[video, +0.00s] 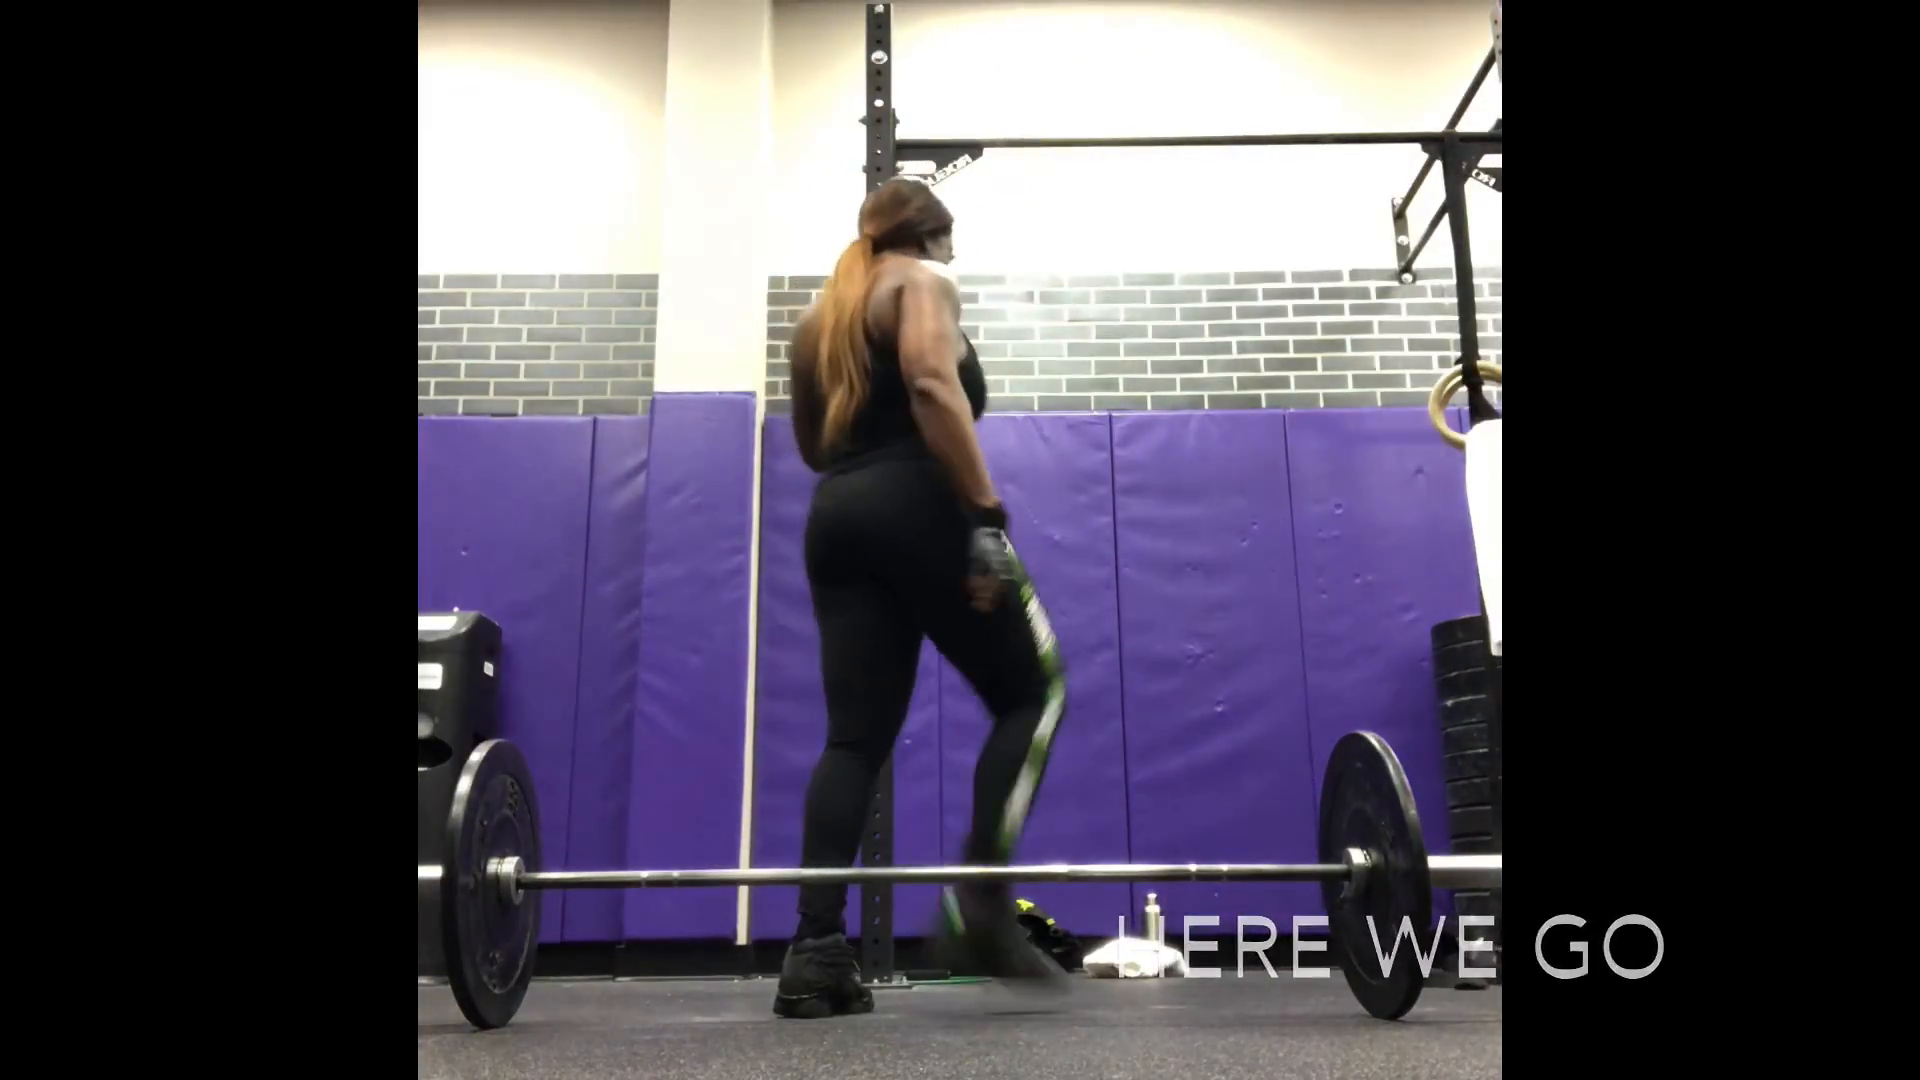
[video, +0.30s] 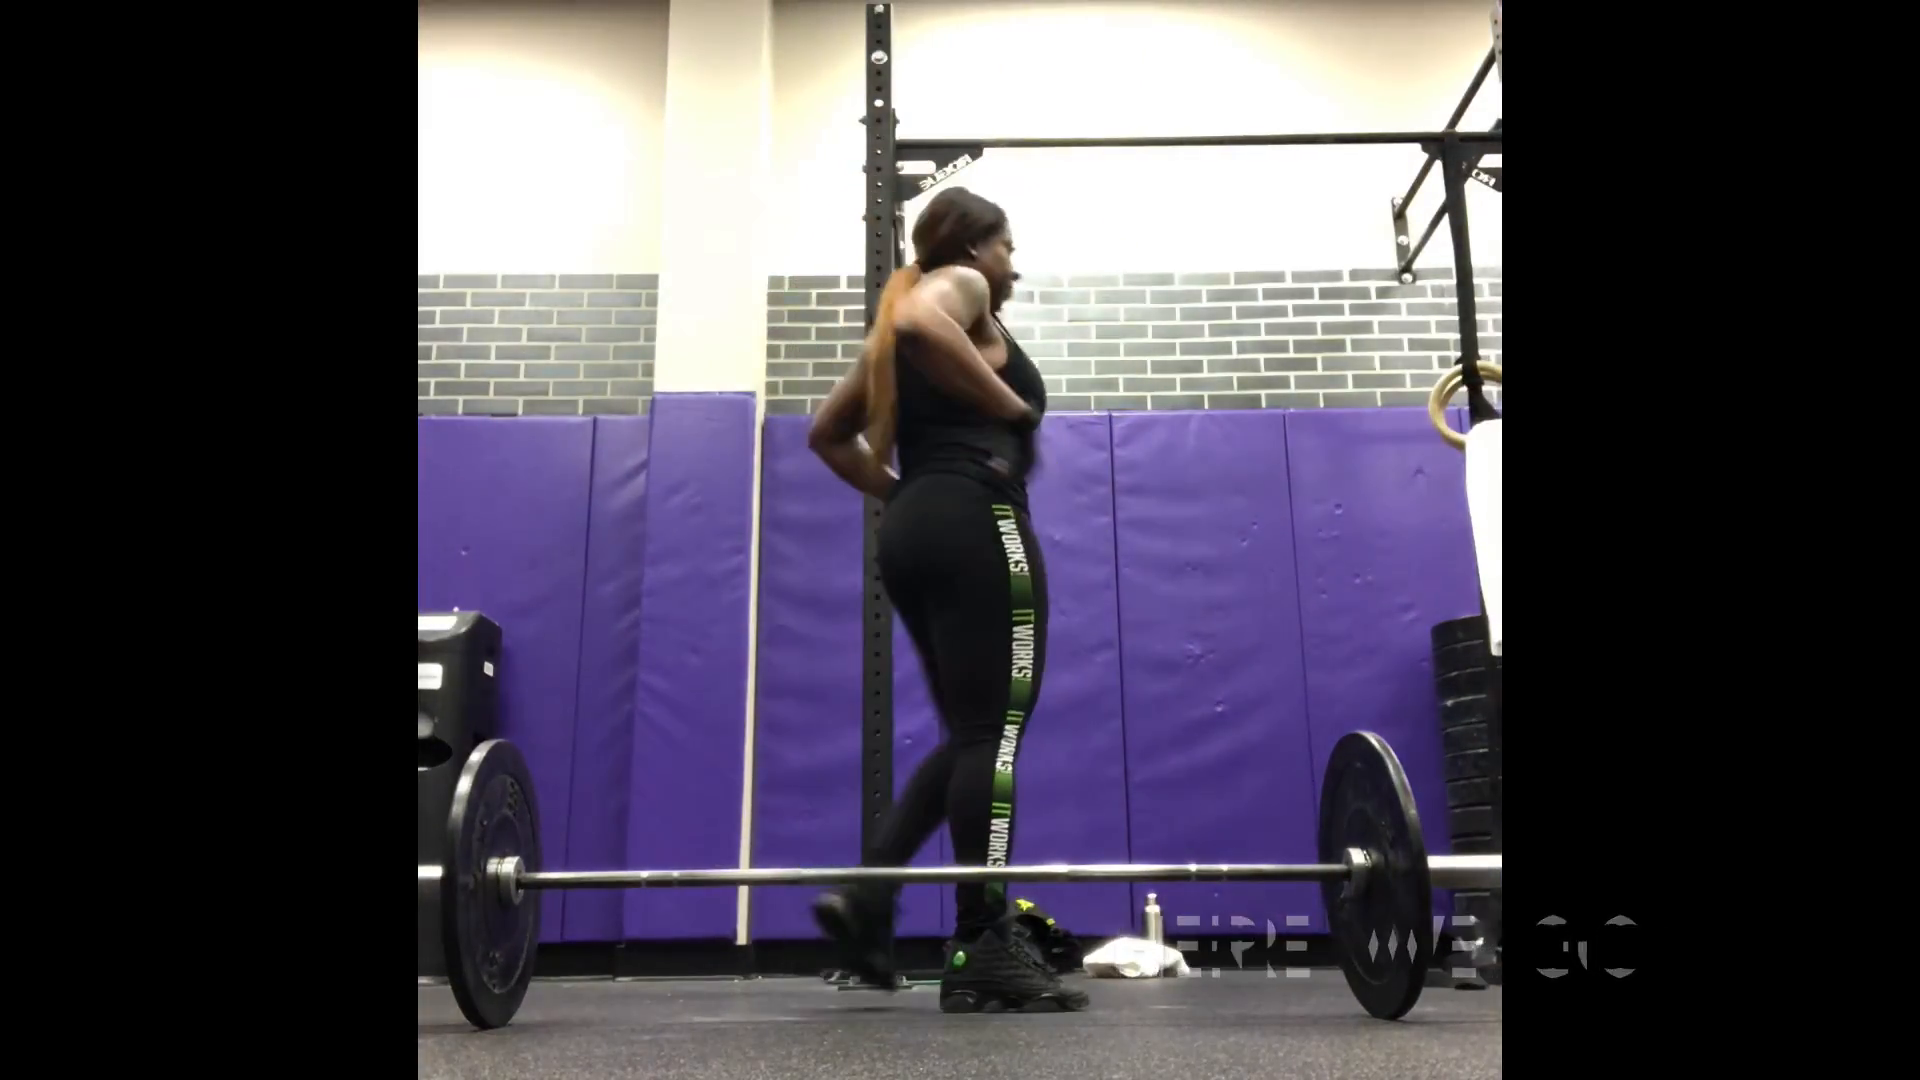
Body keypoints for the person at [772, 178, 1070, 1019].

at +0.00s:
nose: (950, 255)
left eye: (946, 242)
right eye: (946, 242)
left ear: (875, 240)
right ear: (926, 239)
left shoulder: (827, 310)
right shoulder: (920, 281)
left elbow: (815, 440)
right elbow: (929, 379)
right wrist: (988, 518)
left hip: (838, 516)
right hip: (922, 509)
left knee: (855, 738)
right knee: (1031, 691)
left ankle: (817, 949)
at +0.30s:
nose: (1013, 264)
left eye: (1012, 250)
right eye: (1005, 249)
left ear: (934, 251)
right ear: (974, 246)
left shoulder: (898, 317)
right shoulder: (966, 281)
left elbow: (829, 432)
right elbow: (920, 320)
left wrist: (904, 492)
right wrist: (1008, 401)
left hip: (912, 522)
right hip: (971, 514)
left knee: (968, 734)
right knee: (994, 728)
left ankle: (868, 894)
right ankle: (986, 942)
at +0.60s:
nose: (1043, 290)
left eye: (1042, 276)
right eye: (1034, 274)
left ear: (994, 280)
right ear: (992, 275)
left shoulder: (982, 346)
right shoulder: (951, 316)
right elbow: (843, 347)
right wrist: (928, 436)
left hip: (998, 539)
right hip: (966, 533)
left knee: (1027, 730)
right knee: (994, 726)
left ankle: (995, 927)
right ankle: (980, 940)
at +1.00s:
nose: (1002, 318)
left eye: (1011, 306)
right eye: (987, 304)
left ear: (1017, 311)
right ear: (947, 305)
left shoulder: (1015, 379)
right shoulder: (901, 363)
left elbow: (1023, 453)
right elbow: (805, 404)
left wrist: (1020, 495)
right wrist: (850, 462)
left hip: (1009, 561)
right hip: (928, 549)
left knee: (994, 754)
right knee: (930, 728)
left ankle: (982, 948)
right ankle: (886, 941)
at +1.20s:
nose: (926, 521)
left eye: (944, 503)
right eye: (907, 504)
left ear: (971, 509)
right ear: (877, 513)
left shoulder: (1024, 592)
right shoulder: (824, 592)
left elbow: (1150, 723)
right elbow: (698, 720)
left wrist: (1263, 821)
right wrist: (584, 834)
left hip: (986, 730)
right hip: (867, 733)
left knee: (1065, 738)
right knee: (778, 746)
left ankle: (1050, 961)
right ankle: (819, 962)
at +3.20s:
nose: (927, 425)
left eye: (945, 408)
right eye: (908, 410)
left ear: (974, 419)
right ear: (880, 424)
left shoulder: (1023, 510)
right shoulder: (831, 505)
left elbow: (1144, 625)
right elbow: (707, 617)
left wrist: (1251, 724)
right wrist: (597, 723)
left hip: (989, 642)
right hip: (876, 645)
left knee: (1068, 724)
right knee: (786, 731)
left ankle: (1050, 962)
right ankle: (819, 959)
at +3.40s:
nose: (927, 328)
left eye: (945, 313)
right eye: (909, 313)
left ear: (969, 339)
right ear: (881, 336)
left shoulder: (1015, 433)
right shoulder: (837, 428)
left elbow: (1136, 541)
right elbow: (715, 531)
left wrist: (1242, 639)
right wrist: (608, 634)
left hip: (988, 600)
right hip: (876, 603)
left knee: (1063, 732)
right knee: (789, 732)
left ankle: (1051, 958)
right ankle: (820, 958)